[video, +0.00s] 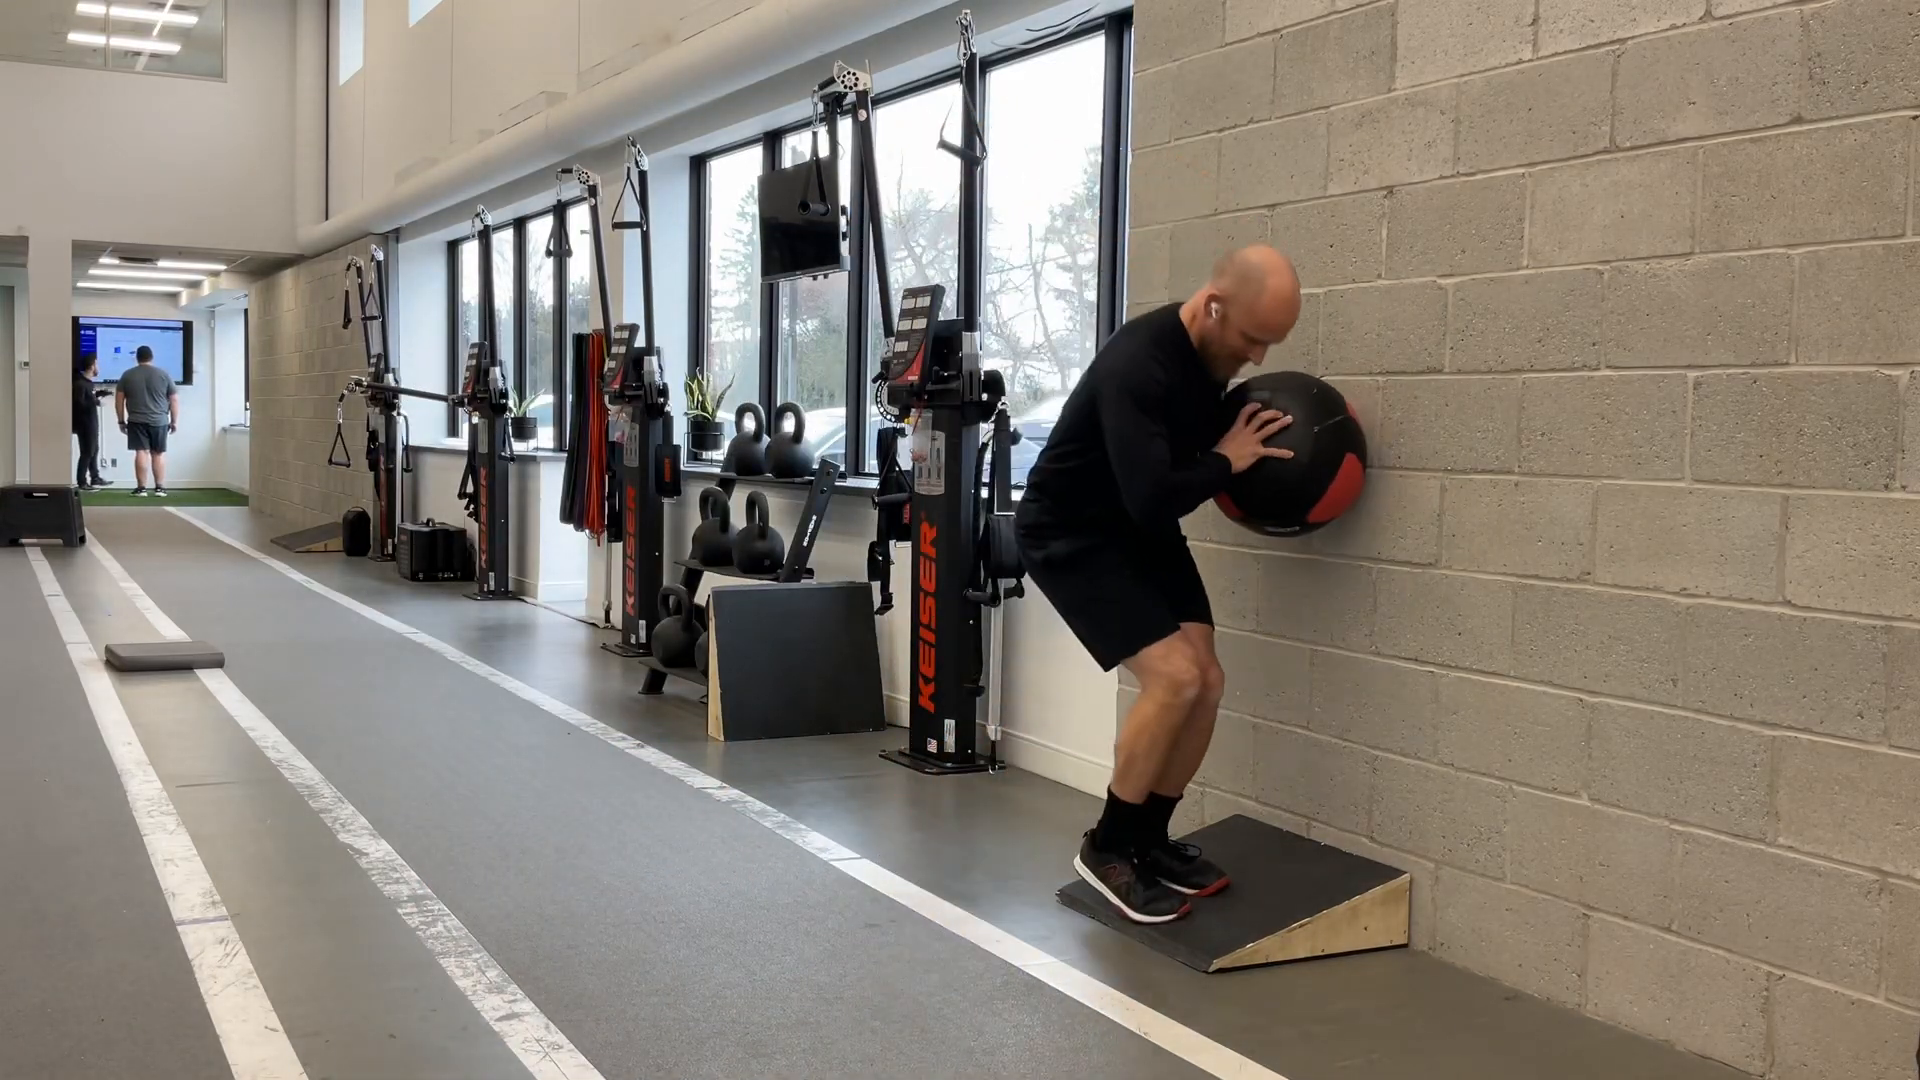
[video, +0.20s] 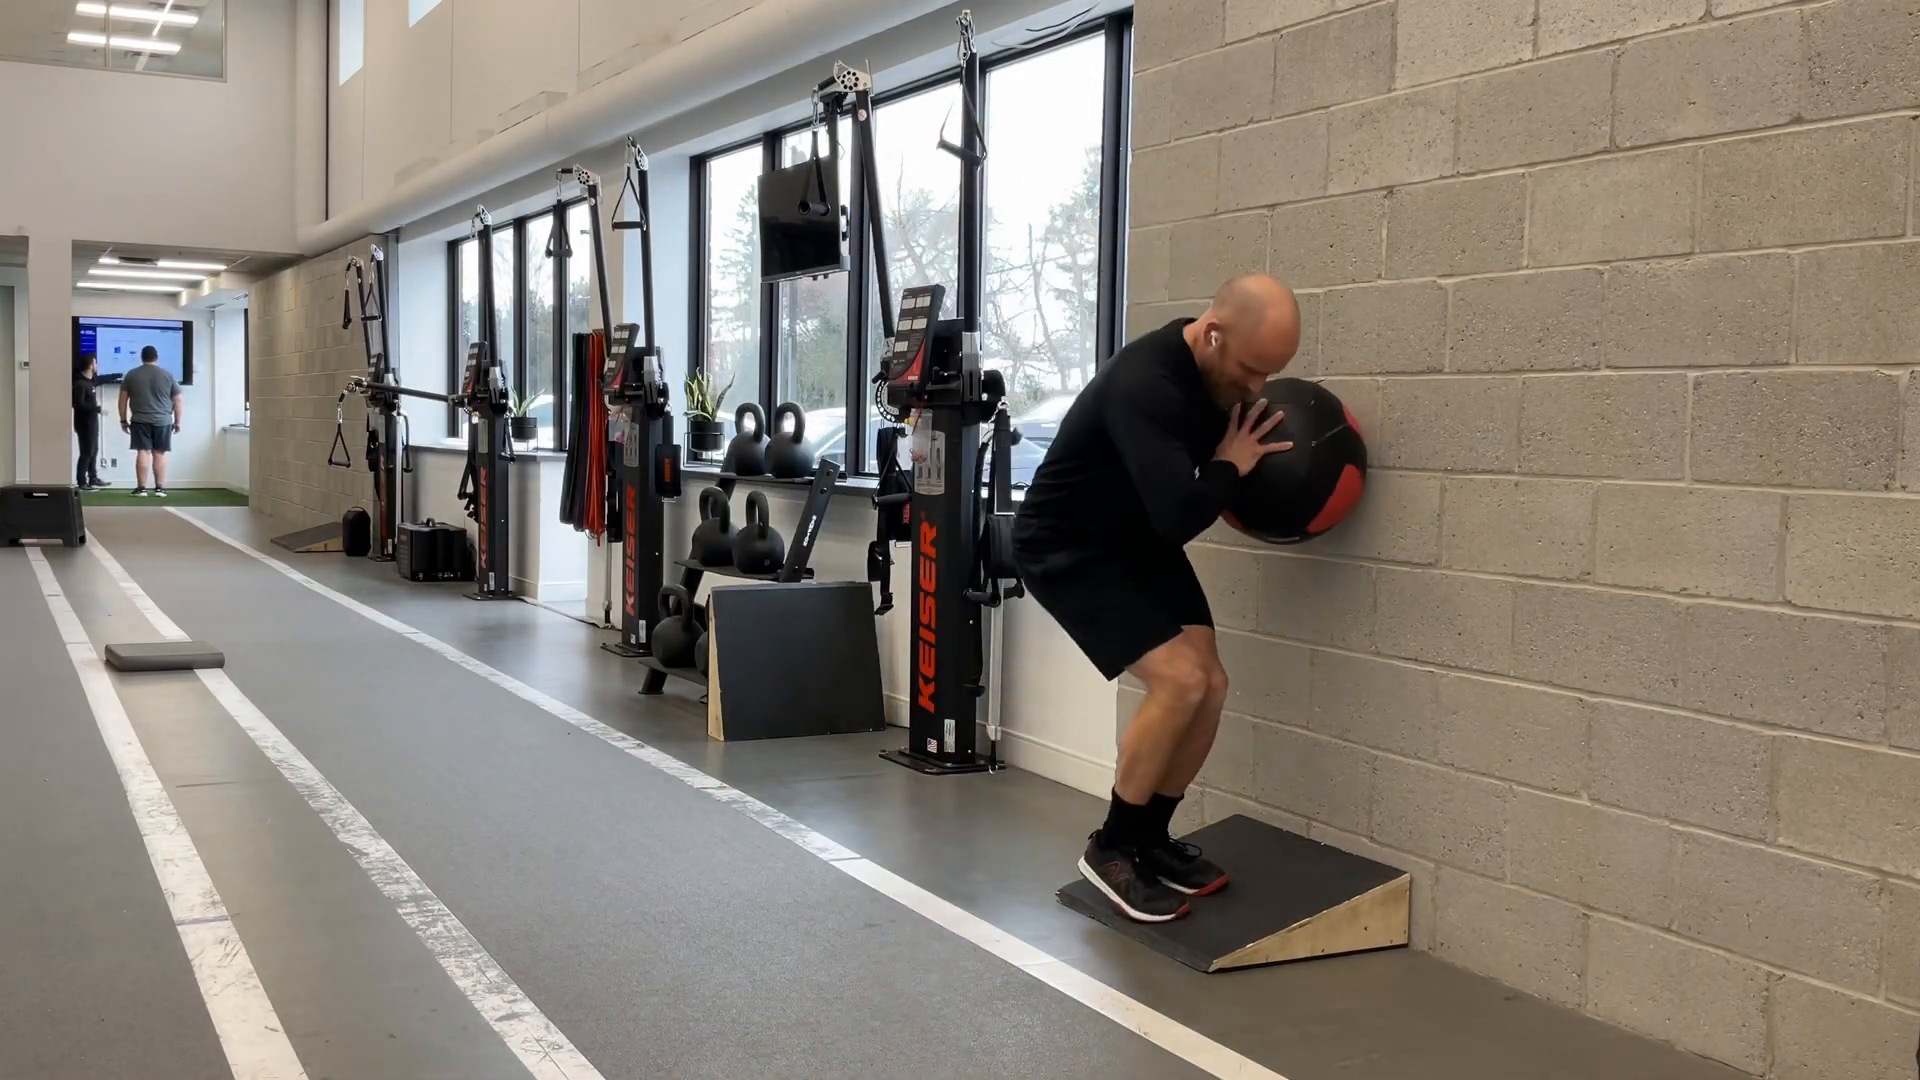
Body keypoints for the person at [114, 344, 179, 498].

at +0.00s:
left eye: (139, 357)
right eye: (149, 357)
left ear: (137, 358)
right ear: (152, 358)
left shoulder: (128, 375)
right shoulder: (163, 375)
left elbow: (119, 399)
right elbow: (173, 398)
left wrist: (121, 420)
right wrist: (174, 421)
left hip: (136, 421)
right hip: (158, 422)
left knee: (141, 452)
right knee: (157, 454)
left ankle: (141, 487)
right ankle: (159, 487)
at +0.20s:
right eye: (154, 357)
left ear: (142, 358)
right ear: (157, 358)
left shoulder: (132, 374)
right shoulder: (167, 375)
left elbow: (123, 398)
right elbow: (178, 398)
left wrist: (123, 419)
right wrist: (177, 421)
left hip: (140, 421)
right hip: (162, 422)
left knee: (143, 452)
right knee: (159, 453)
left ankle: (141, 487)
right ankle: (160, 487)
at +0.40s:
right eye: (159, 358)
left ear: (147, 358)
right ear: (162, 358)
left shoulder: (137, 375)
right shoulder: (171, 376)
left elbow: (127, 398)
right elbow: (182, 399)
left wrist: (127, 419)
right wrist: (182, 422)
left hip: (143, 422)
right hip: (166, 423)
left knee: (143, 453)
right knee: (161, 453)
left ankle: (141, 486)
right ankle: (160, 487)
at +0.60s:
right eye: (163, 358)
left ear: (151, 359)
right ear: (165, 359)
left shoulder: (140, 375)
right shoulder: (174, 377)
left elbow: (130, 398)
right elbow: (185, 400)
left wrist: (131, 419)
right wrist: (186, 423)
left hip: (145, 422)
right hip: (168, 422)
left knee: (144, 452)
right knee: (163, 453)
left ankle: (142, 485)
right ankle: (160, 487)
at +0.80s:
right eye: (164, 358)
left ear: (151, 359)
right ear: (166, 359)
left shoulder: (141, 375)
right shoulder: (176, 377)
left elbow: (131, 398)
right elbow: (186, 400)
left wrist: (131, 420)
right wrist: (186, 423)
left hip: (147, 422)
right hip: (169, 423)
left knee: (145, 452)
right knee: (163, 453)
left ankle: (144, 483)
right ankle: (160, 487)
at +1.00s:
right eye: (164, 358)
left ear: (151, 359)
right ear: (166, 359)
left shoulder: (141, 375)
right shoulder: (176, 376)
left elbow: (131, 398)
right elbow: (186, 401)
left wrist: (131, 420)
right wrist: (186, 423)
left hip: (147, 422)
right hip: (169, 423)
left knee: (145, 452)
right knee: (163, 452)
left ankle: (145, 482)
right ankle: (160, 487)